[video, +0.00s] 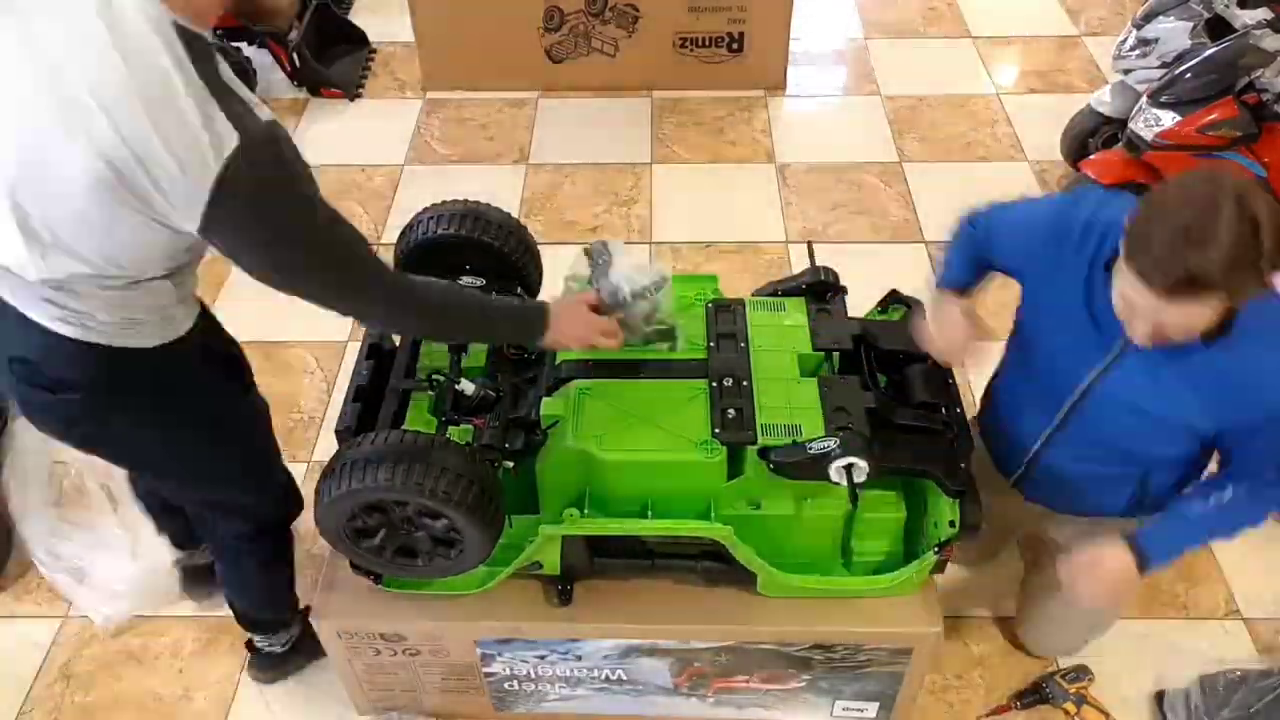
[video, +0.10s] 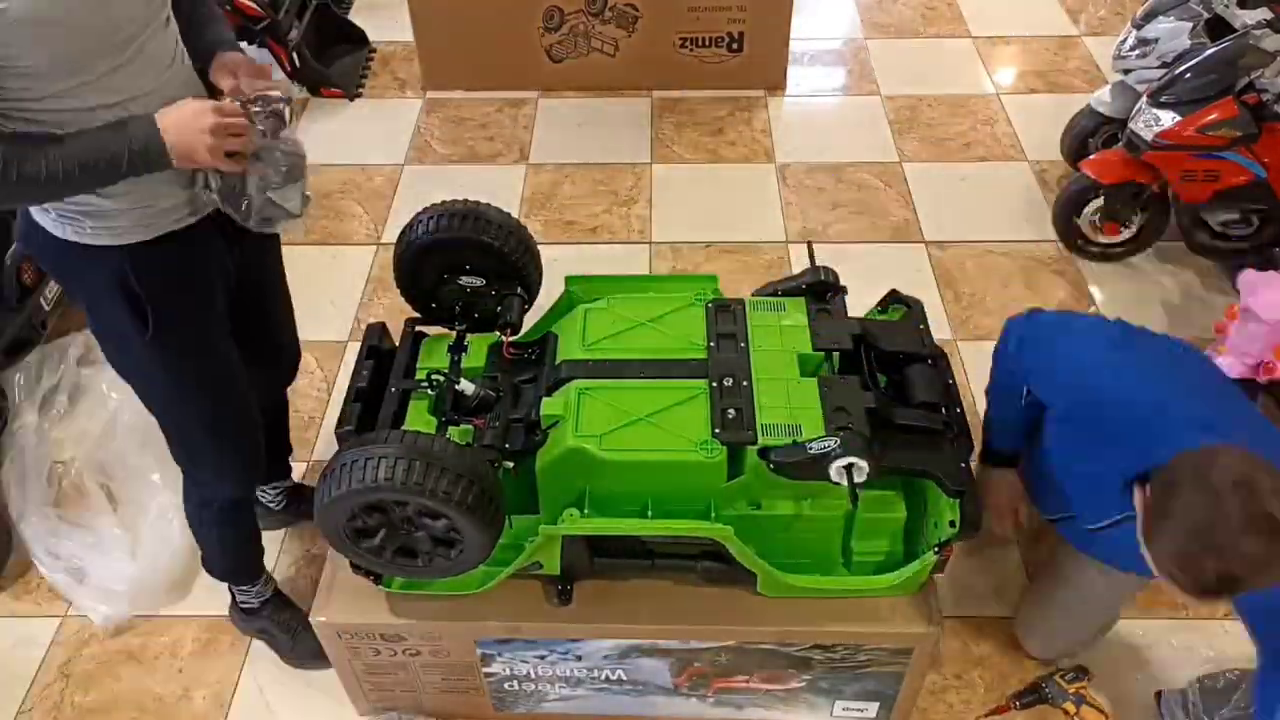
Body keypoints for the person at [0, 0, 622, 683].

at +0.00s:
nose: (290, 29)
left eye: (297, 22)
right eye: (292, 18)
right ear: (244, 8)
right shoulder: (211, 138)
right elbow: (381, 298)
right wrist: (545, 322)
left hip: (31, 292)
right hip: (107, 348)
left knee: (165, 440)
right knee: (250, 495)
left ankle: (198, 547)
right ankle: (273, 637)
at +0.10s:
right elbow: (8, 167)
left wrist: (218, 51)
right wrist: (155, 138)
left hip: (224, 177)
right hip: (116, 233)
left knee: (267, 361)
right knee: (214, 431)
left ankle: (270, 493)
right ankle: (248, 591)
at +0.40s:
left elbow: (218, 18)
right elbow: (2, 186)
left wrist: (256, 134)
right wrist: (109, 206)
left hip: (198, 169)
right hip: (74, 229)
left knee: (264, 356)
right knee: (193, 428)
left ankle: (271, 489)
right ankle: (248, 588)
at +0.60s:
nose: (48, 26)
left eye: (55, 9)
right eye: (28, 14)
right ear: (4, 9)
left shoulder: (163, 6)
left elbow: (228, 78)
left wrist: (267, 236)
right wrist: (43, 397)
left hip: (178, 236)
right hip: (57, 298)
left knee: (257, 383)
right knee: (154, 512)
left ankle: (270, 492)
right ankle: (206, 669)